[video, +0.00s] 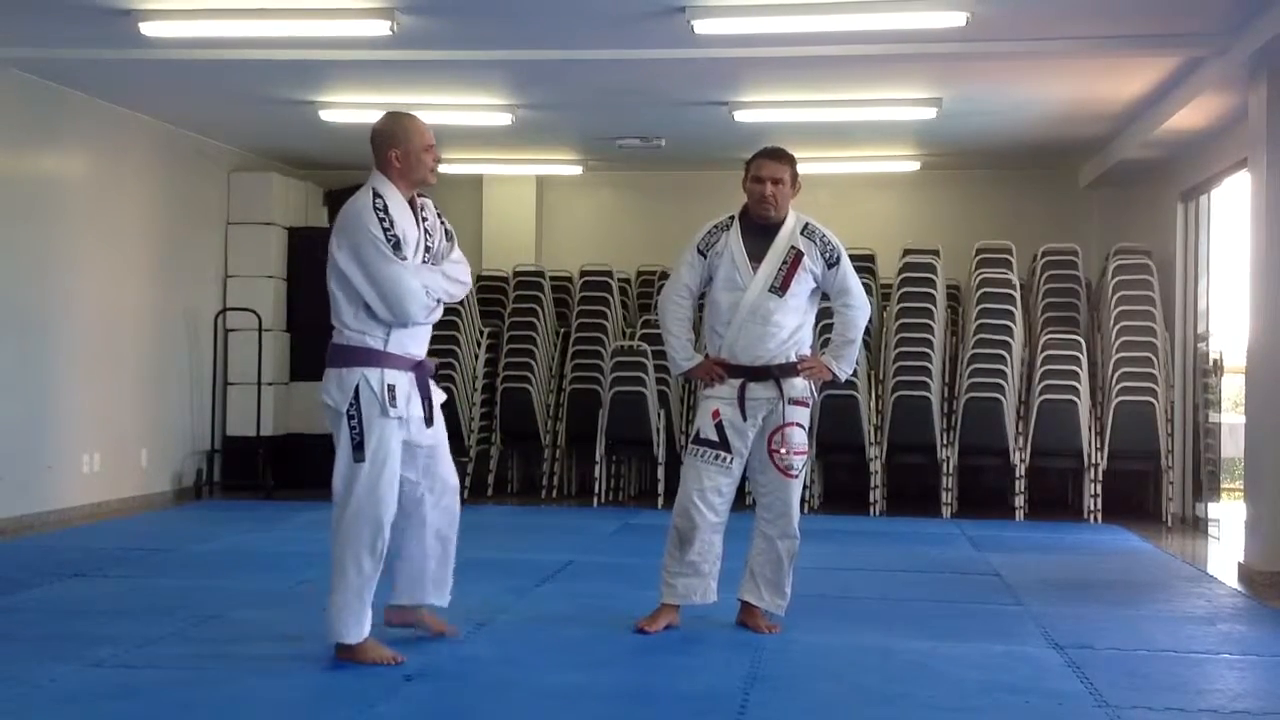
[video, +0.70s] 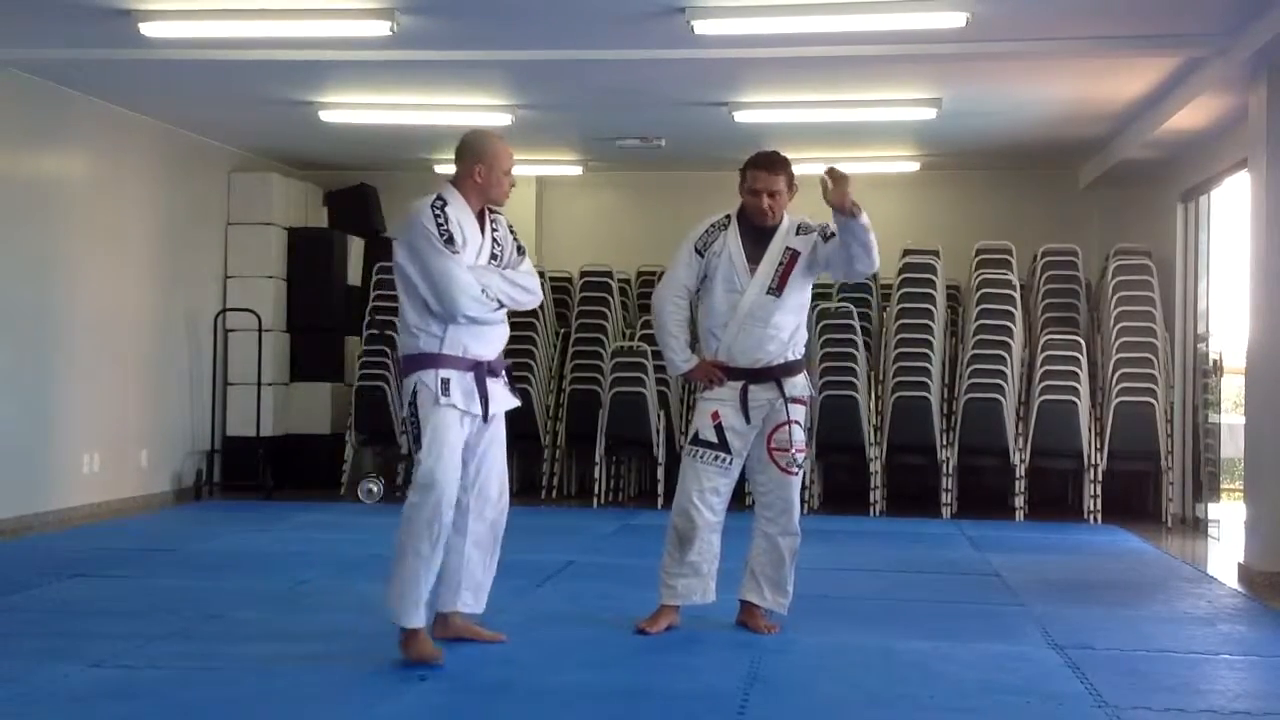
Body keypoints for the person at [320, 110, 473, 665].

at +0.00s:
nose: (439, 158)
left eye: (436, 149)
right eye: (429, 150)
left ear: (402, 156)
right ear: (396, 157)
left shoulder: (426, 212)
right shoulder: (363, 213)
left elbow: (462, 276)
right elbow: (405, 303)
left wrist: (412, 273)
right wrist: (443, 284)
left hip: (414, 376)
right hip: (366, 376)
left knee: (435, 492)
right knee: (366, 505)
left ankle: (408, 605)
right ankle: (350, 636)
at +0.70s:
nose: (512, 183)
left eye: (513, 174)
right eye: (507, 173)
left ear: (485, 174)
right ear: (476, 173)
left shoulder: (498, 226)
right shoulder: (426, 218)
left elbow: (533, 290)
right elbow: (458, 299)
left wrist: (473, 274)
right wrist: (504, 301)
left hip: (488, 377)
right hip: (438, 373)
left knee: (486, 496)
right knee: (436, 492)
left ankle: (454, 613)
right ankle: (412, 625)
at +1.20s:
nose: (537, 191)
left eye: (539, 181)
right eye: (534, 180)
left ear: (509, 174)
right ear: (505, 174)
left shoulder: (512, 232)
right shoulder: (452, 215)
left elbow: (549, 305)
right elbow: (483, 299)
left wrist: (541, 289)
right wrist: (526, 308)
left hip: (499, 388)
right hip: (454, 386)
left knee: (497, 507)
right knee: (453, 508)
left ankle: (466, 617)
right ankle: (439, 633)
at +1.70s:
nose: (545, 191)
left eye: (546, 181)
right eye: (541, 180)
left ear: (514, 176)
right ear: (513, 176)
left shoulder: (514, 236)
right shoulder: (462, 215)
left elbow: (524, 318)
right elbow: (456, 303)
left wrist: (573, 355)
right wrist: (480, 381)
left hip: (506, 385)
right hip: (460, 382)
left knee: (497, 506)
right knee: (455, 508)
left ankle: (466, 617)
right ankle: (439, 632)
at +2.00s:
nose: (546, 199)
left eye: (548, 189)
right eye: (542, 188)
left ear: (517, 182)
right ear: (512, 180)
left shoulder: (507, 235)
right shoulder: (463, 212)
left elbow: (524, 303)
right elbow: (434, 293)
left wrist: (561, 274)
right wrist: (453, 371)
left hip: (504, 389)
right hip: (466, 385)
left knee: (494, 509)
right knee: (457, 508)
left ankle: (463, 617)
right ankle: (438, 631)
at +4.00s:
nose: (533, 203)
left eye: (537, 192)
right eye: (528, 191)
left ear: (508, 185)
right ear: (499, 181)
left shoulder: (512, 242)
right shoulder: (443, 210)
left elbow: (536, 293)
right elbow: (422, 273)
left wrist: (540, 309)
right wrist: (495, 326)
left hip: (497, 389)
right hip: (451, 385)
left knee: (491, 508)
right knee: (450, 507)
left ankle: (463, 618)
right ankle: (439, 632)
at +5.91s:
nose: (512, 193)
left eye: (520, 185)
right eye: (504, 181)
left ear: (526, 188)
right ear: (479, 176)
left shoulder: (513, 241)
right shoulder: (445, 221)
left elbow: (540, 305)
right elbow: (473, 297)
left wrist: (487, 279)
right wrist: (518, 307)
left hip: (493, 388)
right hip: (446, 382)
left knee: (483, 503)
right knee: (439, 499)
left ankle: (450, 615)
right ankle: (408, 613)